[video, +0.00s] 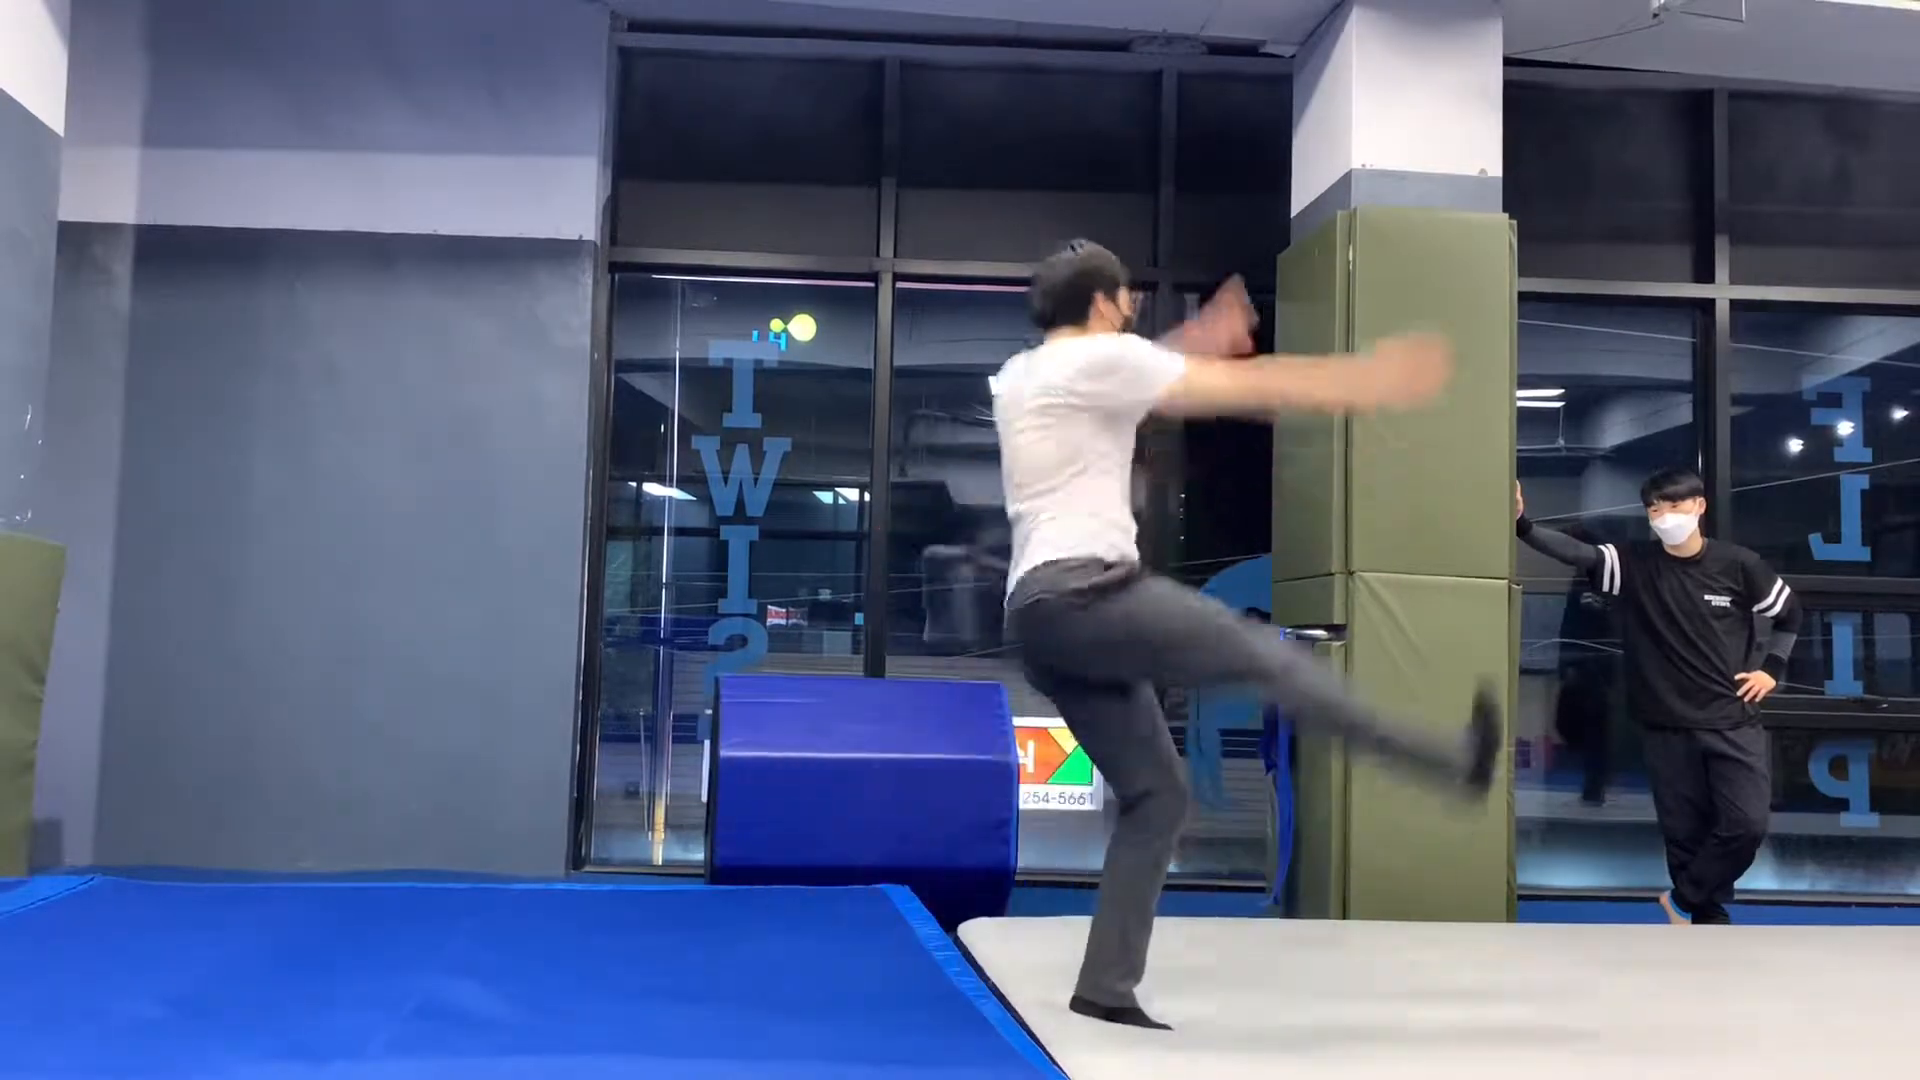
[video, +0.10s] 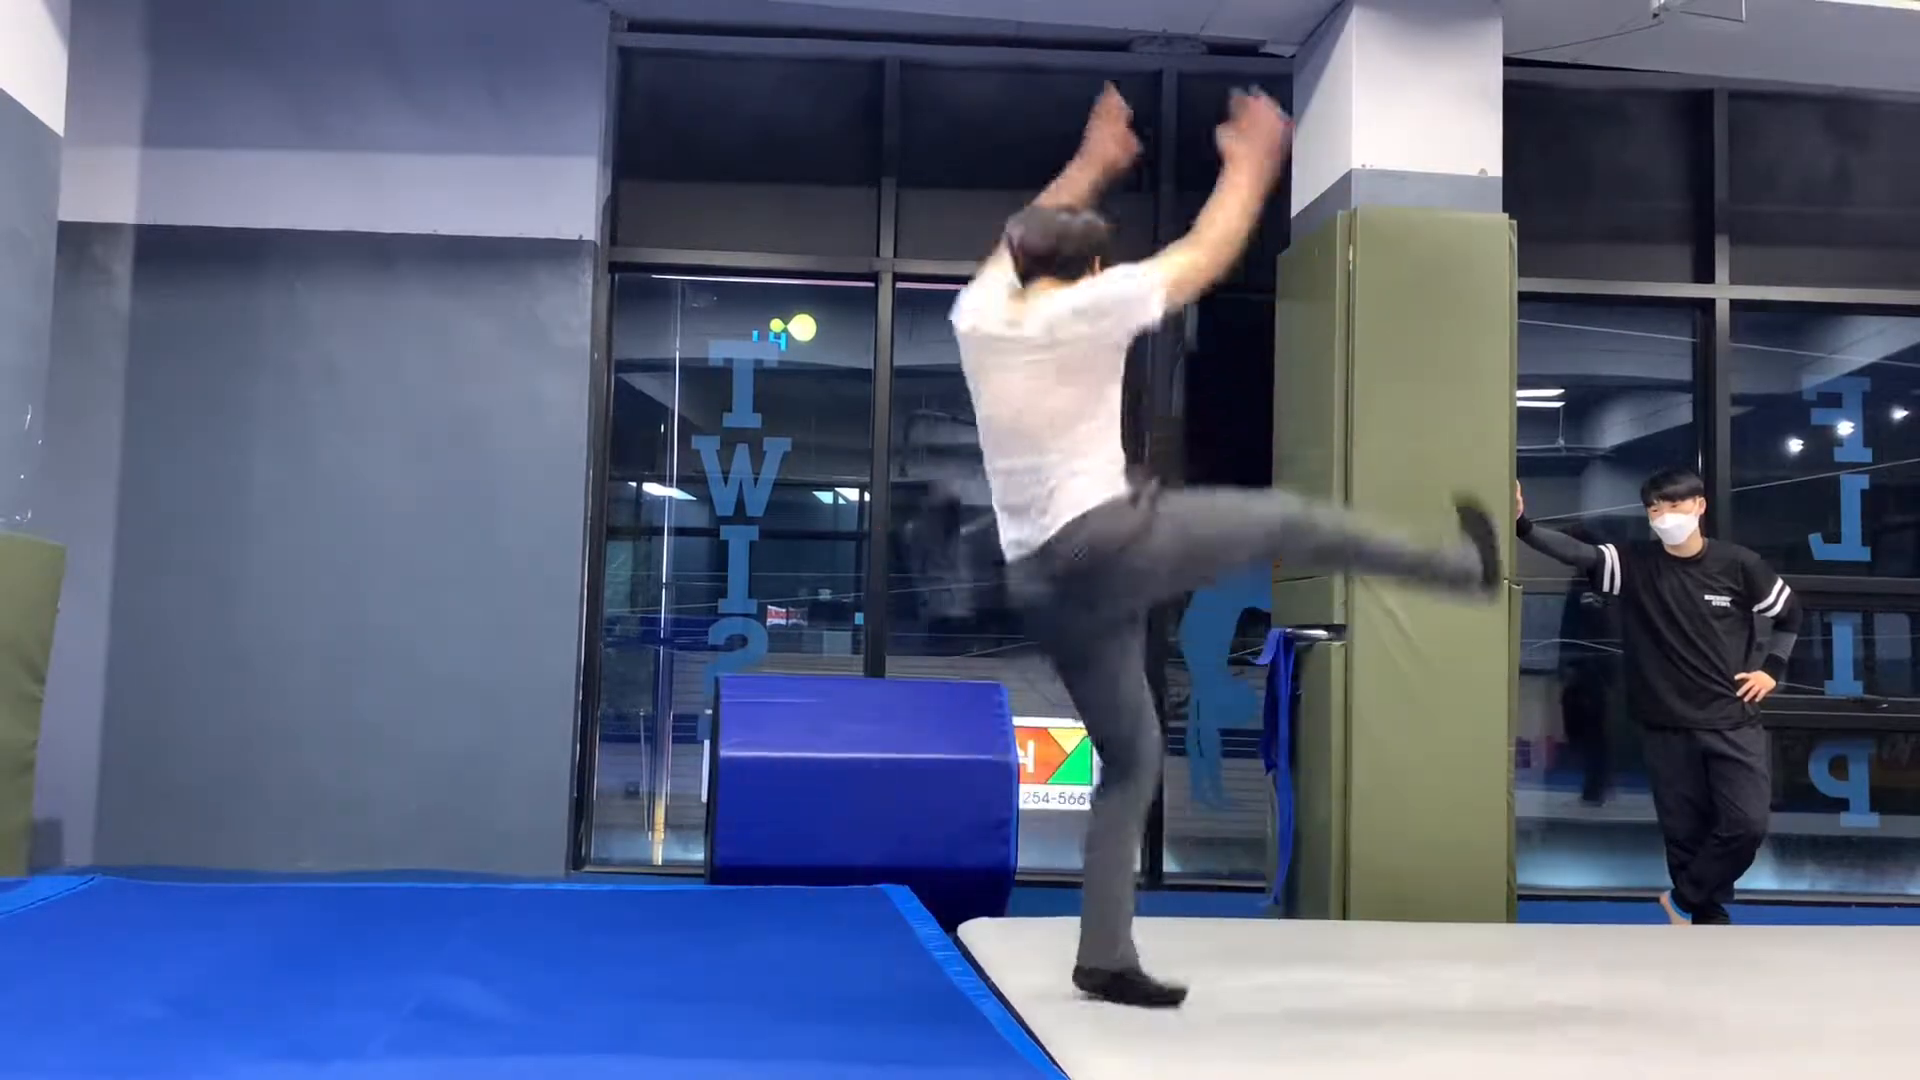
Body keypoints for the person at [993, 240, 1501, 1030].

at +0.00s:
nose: (1132, 312)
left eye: (1131, 300)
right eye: (1127, 299)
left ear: (1052, 311)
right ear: (1101, 305)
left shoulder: (1015, 378)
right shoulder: (1107, 360)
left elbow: (1121, 384)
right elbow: (1245, 386)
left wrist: (1195, 345)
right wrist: (1369, 376)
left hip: (1040, 616)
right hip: (1091, 596)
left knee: (1154, 796)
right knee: (1269, 661)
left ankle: (1105, 989)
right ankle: (1457, 762)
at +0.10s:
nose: (1105, 269)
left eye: (1096, 257)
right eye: (1100, 259)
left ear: (1018, 256)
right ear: (1086, 265)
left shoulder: (975, 313)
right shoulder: (1098, 309)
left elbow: (1026, 234)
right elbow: (1207, 256)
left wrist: (1087, 164)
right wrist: (1252, 161)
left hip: (1040, 575)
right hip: (1108, 538)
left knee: (1130, 756)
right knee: (1287, 521)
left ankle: (1104, 960)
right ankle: (1462, 567)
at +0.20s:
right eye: (1081, 223)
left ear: (987, 236)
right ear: (1068, 233)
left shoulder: (963, 294)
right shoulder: (1095, 279)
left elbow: (942, 182)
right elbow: (1131, 175)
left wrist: (998, 74)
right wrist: (1103, 75)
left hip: (1062, 553)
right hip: (1144, 505)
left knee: (1096, 740)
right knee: (1262, 426)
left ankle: (1119, 930)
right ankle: (1408, 414)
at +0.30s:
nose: (935, 258)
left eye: (940, 248)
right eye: (944, 243)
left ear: (962, 262)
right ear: (1021, 241)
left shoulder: (959, 310)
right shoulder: (1077, 279)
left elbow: (894, 191)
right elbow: (1050, 173)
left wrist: (898, 72)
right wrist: (992, 73)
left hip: (1098, 569)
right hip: (1164, 503)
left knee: (1074, 757)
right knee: (1196, 393)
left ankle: (1127, 936)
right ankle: (1291, 342)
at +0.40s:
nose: (912, 318)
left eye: (917, 291)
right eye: (959, 250)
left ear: (936, 294)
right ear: (975, 262)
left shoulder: (968, 352)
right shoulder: (1044, 305)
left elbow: (861, 272)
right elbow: (980, 212)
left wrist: (783, 154)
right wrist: (914, 124)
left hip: (1117, 596)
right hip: (1159, 522)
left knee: (1071, 786)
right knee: (1126, 426)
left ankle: (1135, 958)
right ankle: (1160, 392)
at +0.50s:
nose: (897, 401)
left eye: (897, 385)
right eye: (887, 385)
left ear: (930, 364)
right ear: (933, 345)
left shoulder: (978, 425)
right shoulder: (989, 341)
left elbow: (849, 406)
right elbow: (912, 272)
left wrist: (721, 363)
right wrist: (833, 198)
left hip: (1127, 608)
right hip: (1152, 530)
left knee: (1035, 780)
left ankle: (1124, 938)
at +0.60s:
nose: (895, 474)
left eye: (899, 460)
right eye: (884, 462)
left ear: (938, 438)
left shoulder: (996, 520)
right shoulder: (947, 398)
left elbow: (891, 602)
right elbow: (836, 351)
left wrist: (795, 691)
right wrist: (752, 311)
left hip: (1110, 623)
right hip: (1120, 537)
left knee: (1033, 799)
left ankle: (1130, 954)